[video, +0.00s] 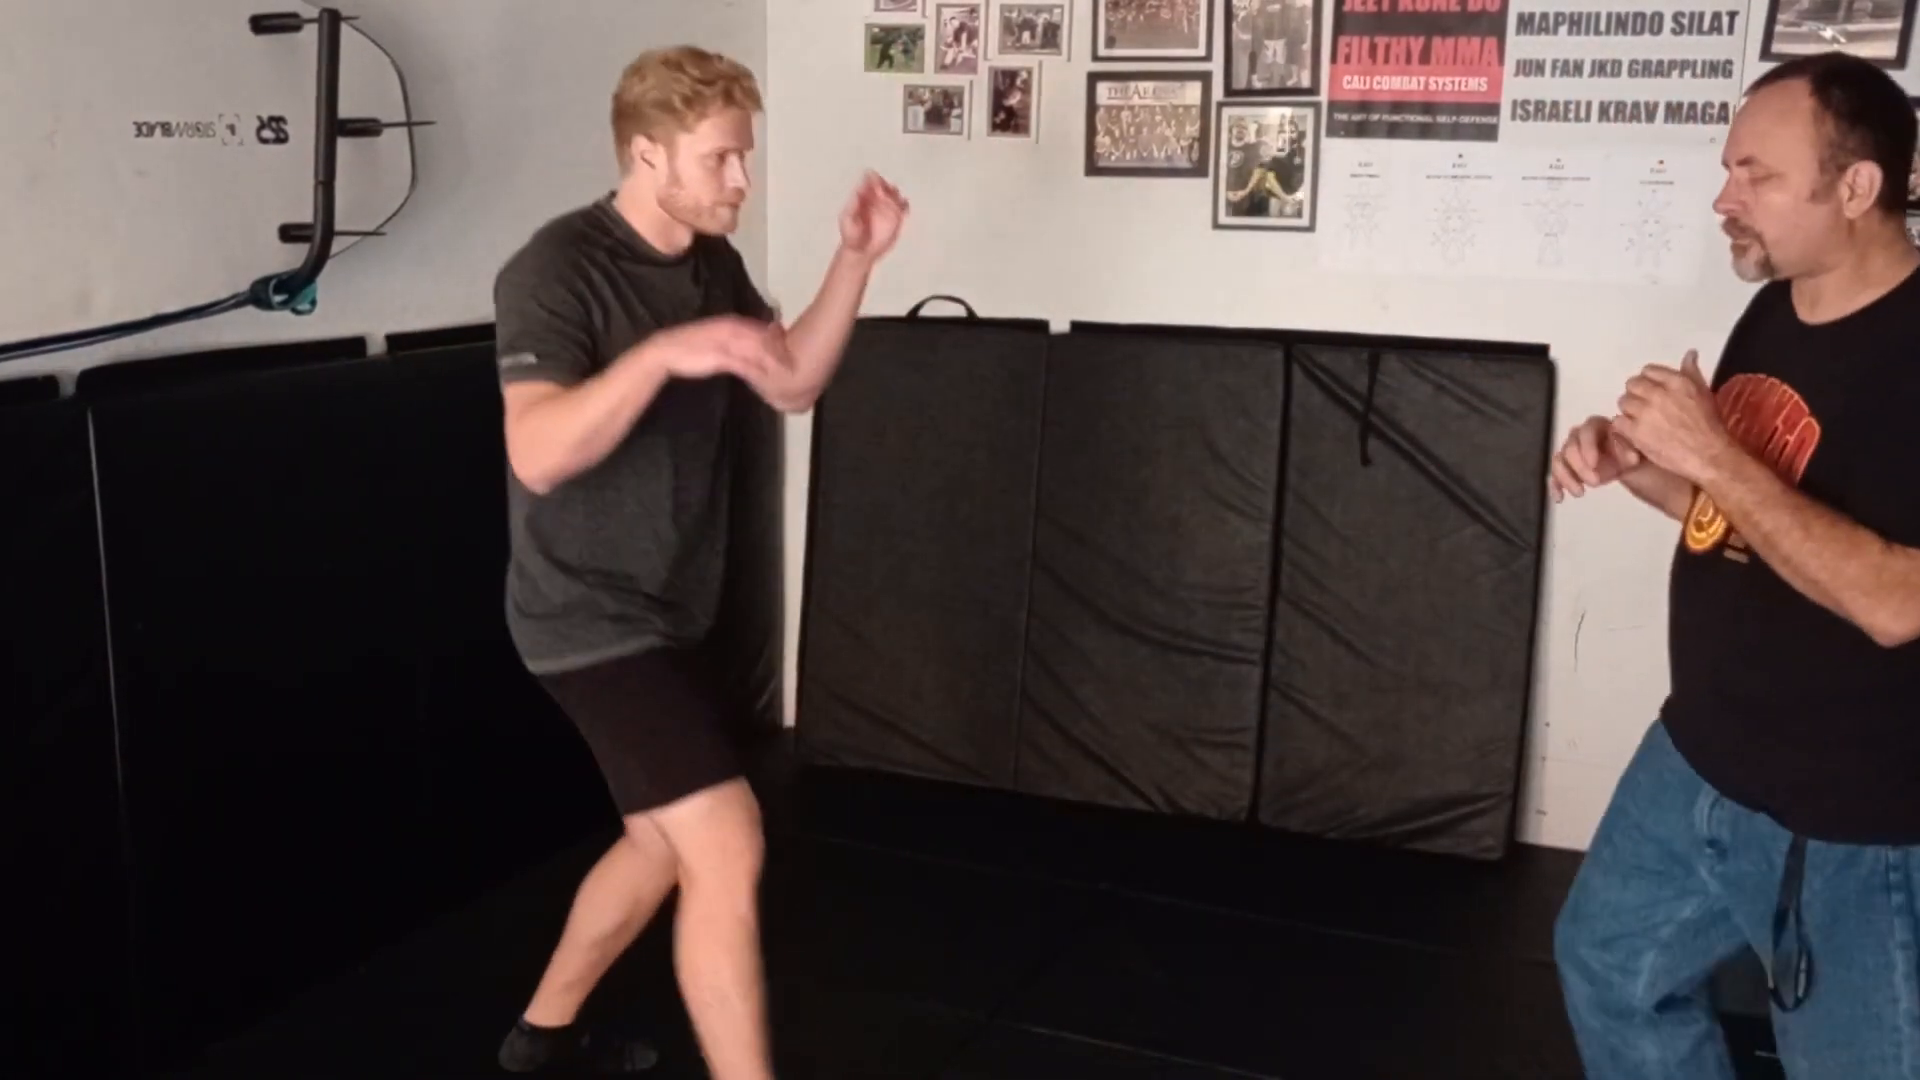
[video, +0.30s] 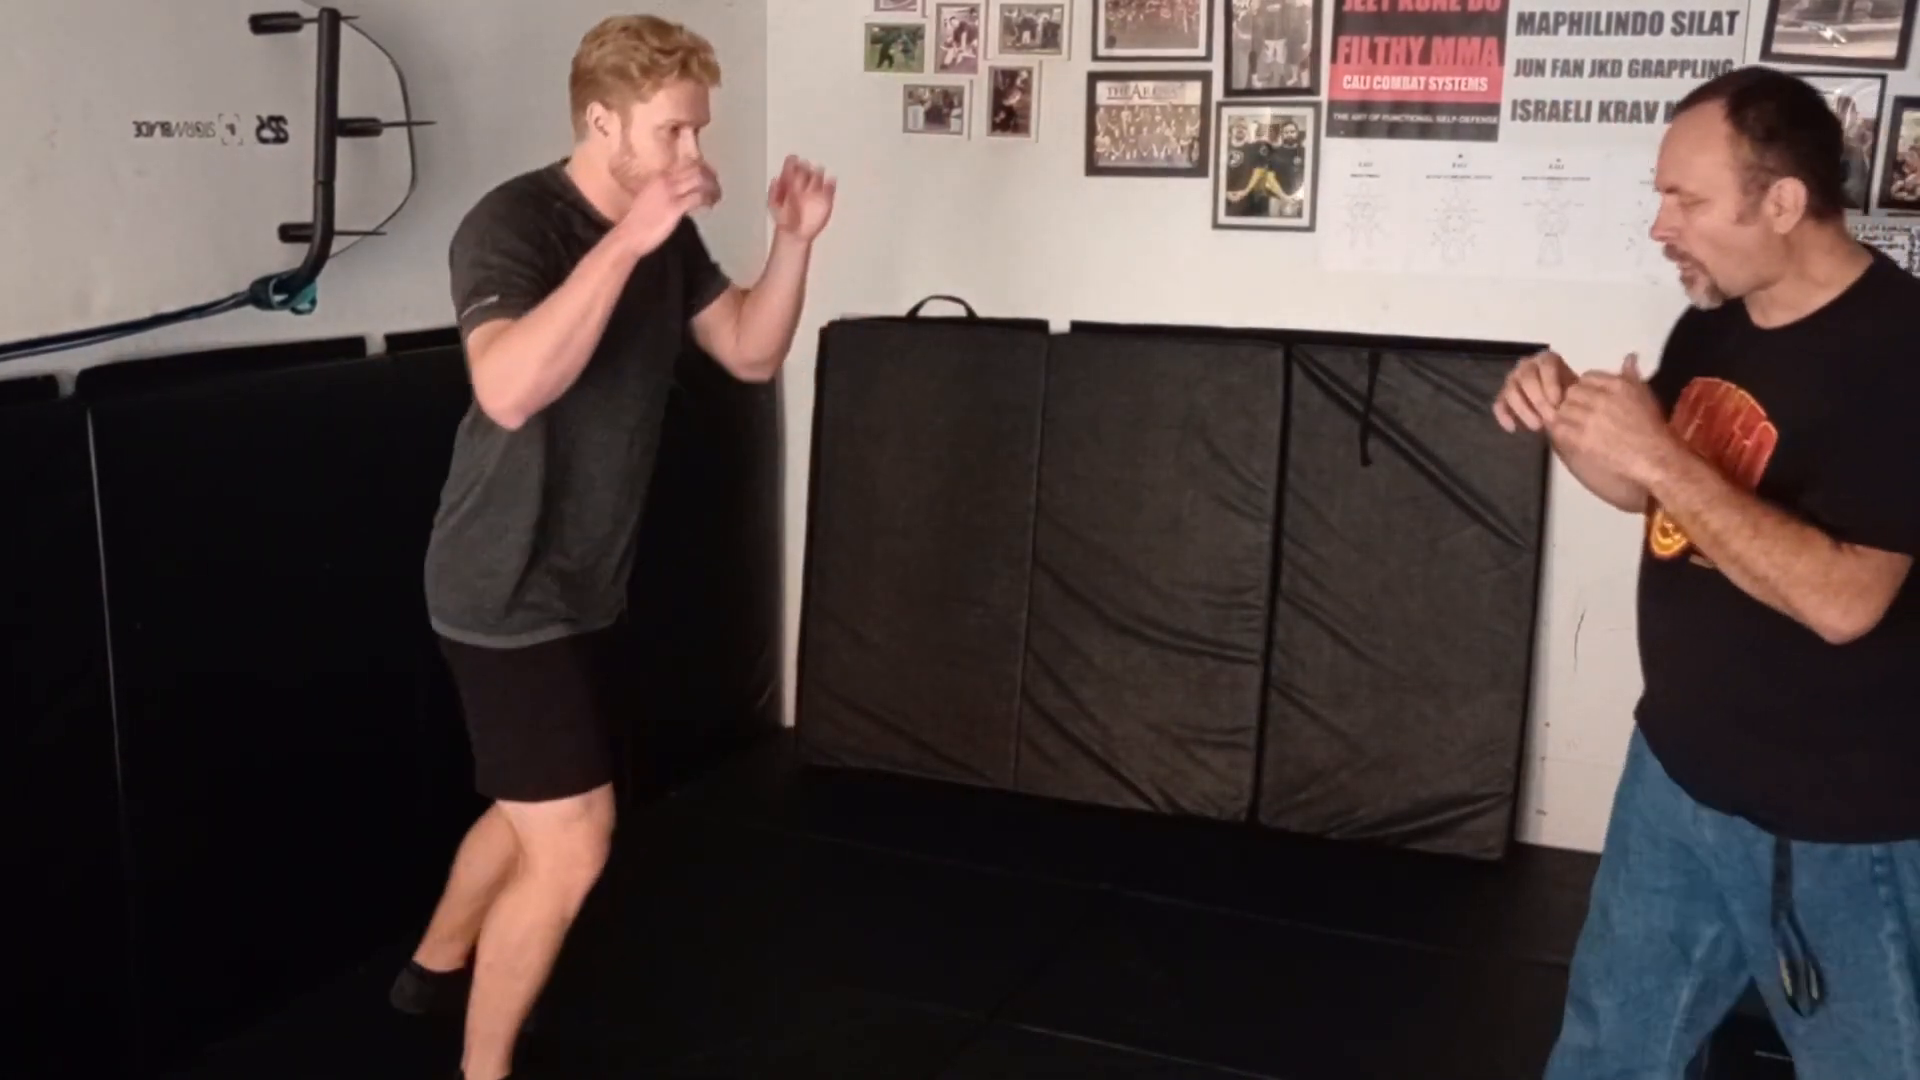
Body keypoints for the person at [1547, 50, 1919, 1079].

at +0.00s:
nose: (1725, 202)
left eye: (1755, 175)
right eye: (1730, 172)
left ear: (1857, 189)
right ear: (1840, 194)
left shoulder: (1918, 344)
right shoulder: (1775, 313)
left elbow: (1897, 603)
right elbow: (1746, 519)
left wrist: (1713, 458)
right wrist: (1641, 463)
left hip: (1866, 827)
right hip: (1701, 762)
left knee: (1856, 1059)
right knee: (1612, 967)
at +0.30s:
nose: (1660, 227)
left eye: (1684, 200)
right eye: (1662, 197)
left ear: (1784, 204)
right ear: (1771, 205)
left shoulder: (1907, 348)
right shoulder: (1714, 319)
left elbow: (1847, 599)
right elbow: (1649, 481)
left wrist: (1655, 457)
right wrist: (1569, 415)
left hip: (1860, 832)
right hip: (1681, 787)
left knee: (1875, 1065)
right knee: (1606, 1057)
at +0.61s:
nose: (1590, 258)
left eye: (1611, 232)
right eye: (1587, 229)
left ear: (1711, 227)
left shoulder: (1866, 362)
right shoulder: (1628, 327)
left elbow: (1859, 611)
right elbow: (1568, 484)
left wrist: (1642, 513)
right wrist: (1448, 520)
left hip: (1733, 823)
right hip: (1569, 763)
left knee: (1628, 1058)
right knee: (1486, 1001)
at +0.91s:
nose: (1580, 233)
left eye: (1605, 209)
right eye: (1578, 206)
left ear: (1706, 211)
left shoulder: (1795, 350)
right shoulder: (1642, 277)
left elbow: (1654, 570)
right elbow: (1573, 377)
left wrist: (1598, 363)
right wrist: (1503, 439)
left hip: (1575, 740)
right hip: (1458, 591)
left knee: (1549, 1035)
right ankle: (1139, 945)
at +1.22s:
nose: (1545, 282)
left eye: (1574, 257)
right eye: (1536, 255)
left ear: (1672, 256)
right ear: (1535, 240)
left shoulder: (1746, 409)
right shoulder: (1518, 325)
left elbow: (1628, 628)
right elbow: (1421, 462)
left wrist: (1563, 429)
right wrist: (1294, 546)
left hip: (1474, 783)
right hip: (1337, 633)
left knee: (1433, 1050)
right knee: (1099, 707)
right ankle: (866, 791)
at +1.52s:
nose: (1483, 235)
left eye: (1513, 205)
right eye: (1473, 205)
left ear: (1606, 206)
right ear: (1464, 199)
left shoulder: (1681, 364)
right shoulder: (1487, 288)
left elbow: (1561, 590)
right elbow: (1421, 410)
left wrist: (1476, 396)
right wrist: (1303, 459)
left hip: (1496, 743)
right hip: (1363, 618)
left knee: (1449, 1016)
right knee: (1186, 769)